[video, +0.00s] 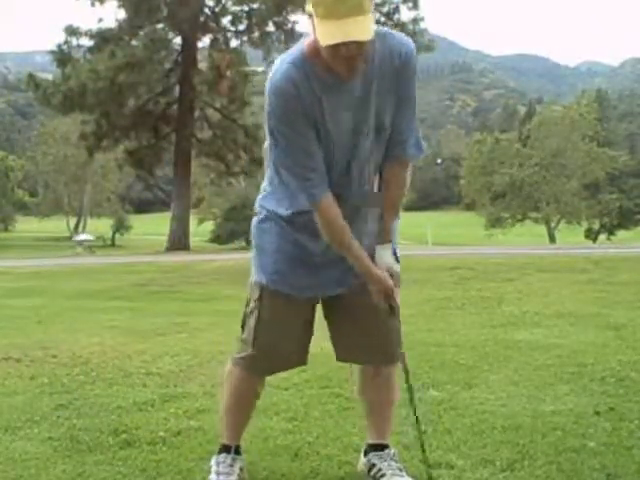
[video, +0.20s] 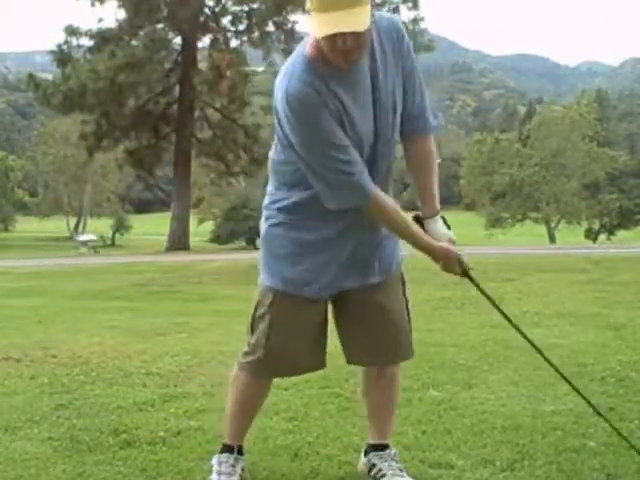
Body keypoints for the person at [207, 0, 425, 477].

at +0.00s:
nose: (352, 52)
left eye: (359, 41)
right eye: (339, 43)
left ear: (371, 23)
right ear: (314, 30)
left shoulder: (397, 56)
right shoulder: (288, 82)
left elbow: (398, 156)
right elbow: (315, 194)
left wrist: (387, 241)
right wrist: (365, 266)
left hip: (363, 229)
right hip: (291, 228)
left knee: (382, 346)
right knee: (259, 348)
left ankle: (379, 453)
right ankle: (228, 454)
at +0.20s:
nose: (343, 47)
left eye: (353, 33)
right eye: (331, 36)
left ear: (369, 18)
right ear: (313, 27)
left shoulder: (390, 35)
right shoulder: (299, 89)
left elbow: (417, 128)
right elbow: (358, 189)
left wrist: (431, 214)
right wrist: (429, 245)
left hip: (369, 222)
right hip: (299, 228)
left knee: (386, 341)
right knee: (266, 348)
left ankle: (379, 453)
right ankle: (229, 454)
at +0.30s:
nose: (337, 44)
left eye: (346, 30)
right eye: (325, 34)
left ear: (361, 15)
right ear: (305, 24)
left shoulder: (379, 31)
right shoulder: (298, 90)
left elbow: (416, 119)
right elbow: (368, 183)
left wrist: (441, 204)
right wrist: (445, 233)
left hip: (364, 219)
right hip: (294, 226)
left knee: (383, 339)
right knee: (261, 347)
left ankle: (379, 451)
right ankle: (228, 454)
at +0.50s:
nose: (307, 37)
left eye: (318, 24)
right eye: (294, 27)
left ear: (336, 10)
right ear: (277, 18)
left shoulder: (365, 32)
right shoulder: (264, 81)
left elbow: (394, 128)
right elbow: (317, 186)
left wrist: (398, 208)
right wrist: (382, 249)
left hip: (346, 217)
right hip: (269, 221)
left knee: (369, 339)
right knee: (241, 348)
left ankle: (378, 455)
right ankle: (226, 457)